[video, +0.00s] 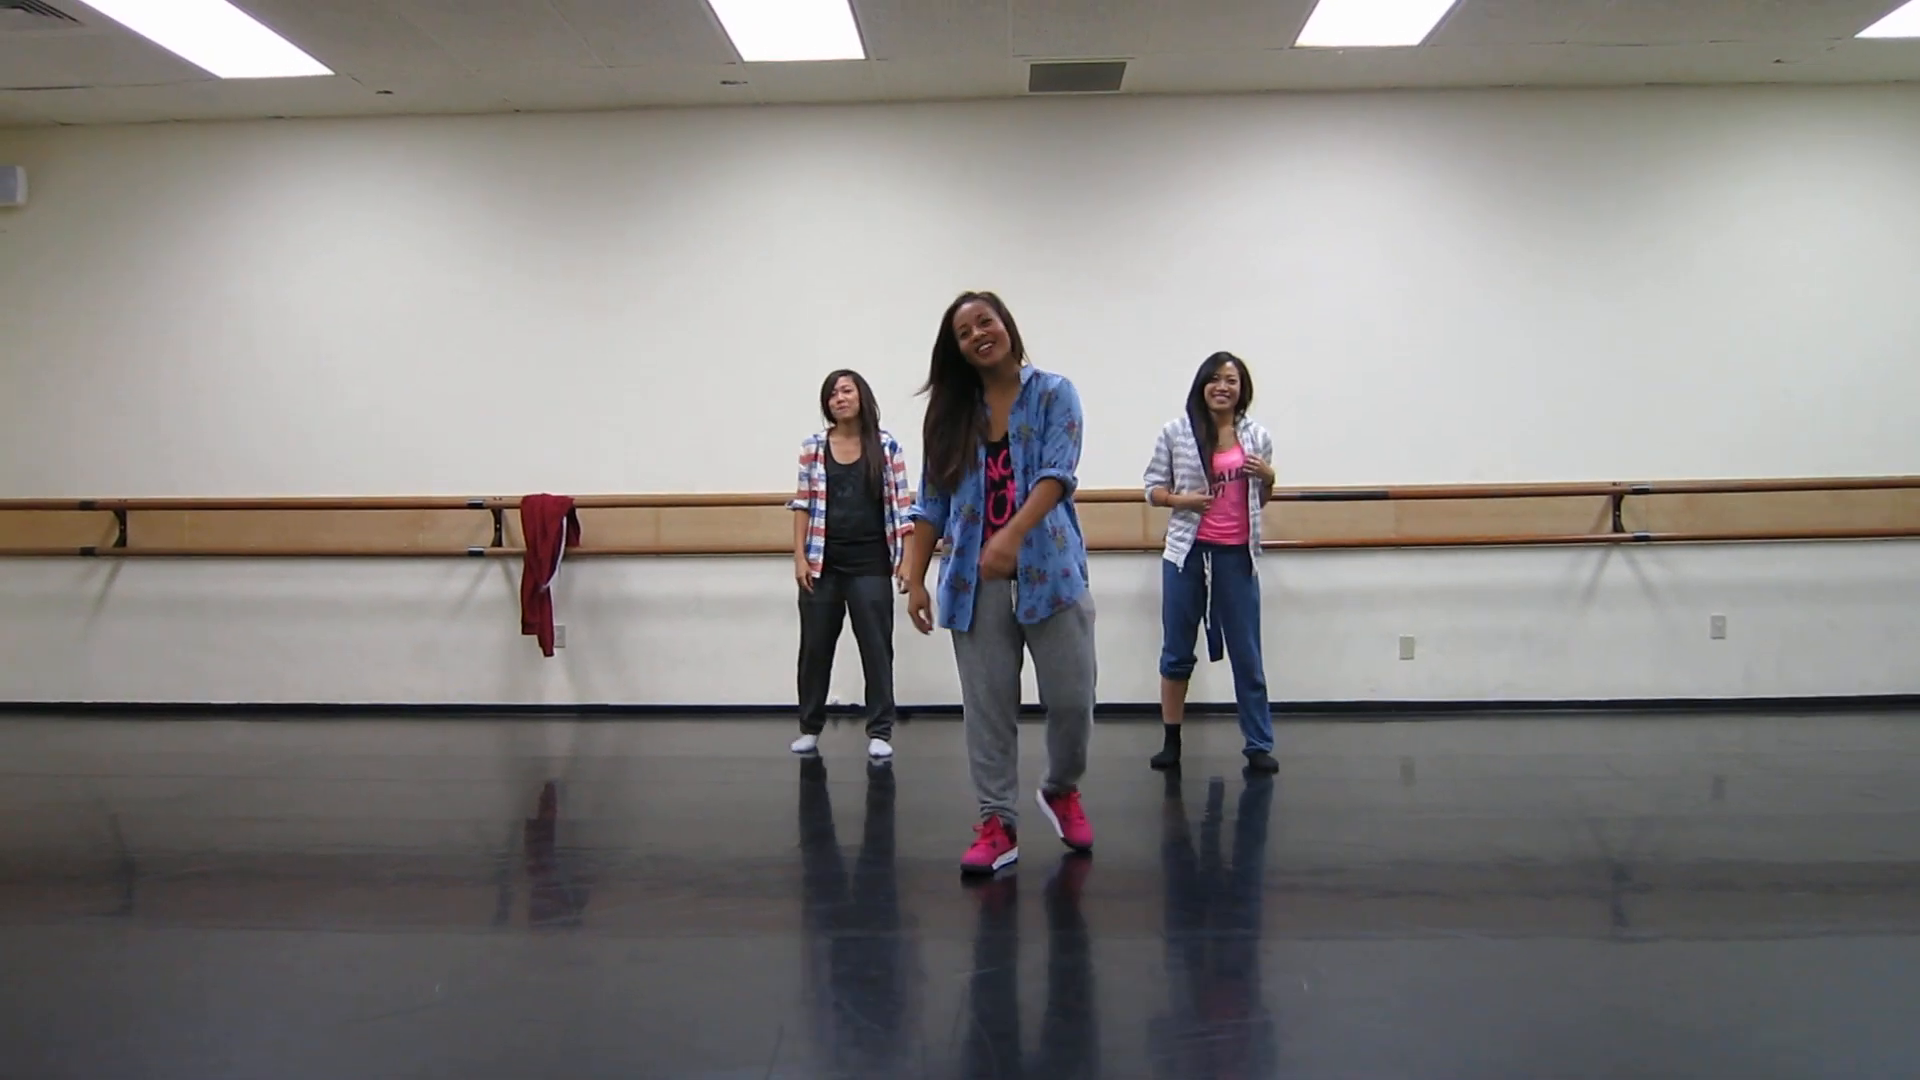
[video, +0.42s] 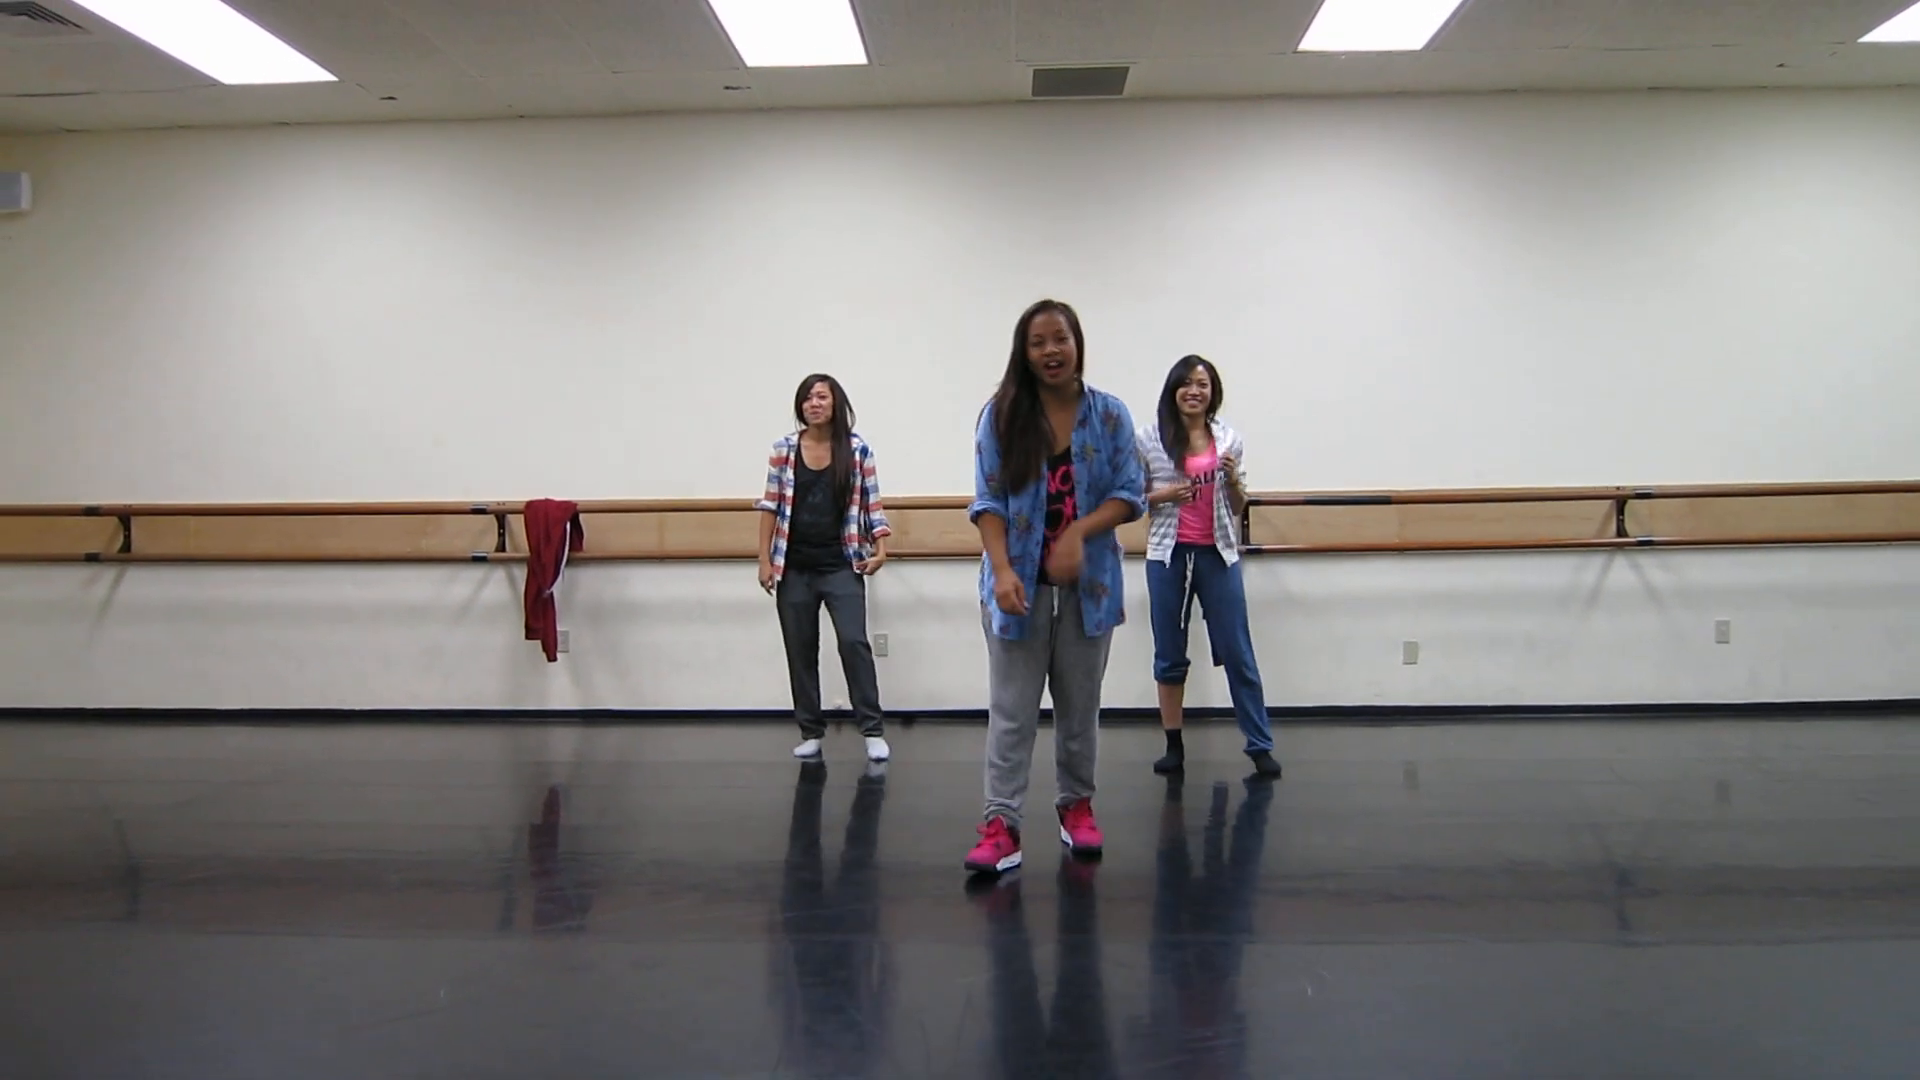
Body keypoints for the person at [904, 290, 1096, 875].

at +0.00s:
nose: (980, 333)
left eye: (986, 320)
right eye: (966, 330)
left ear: (1009, 326)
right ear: (958, 349)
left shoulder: (1053, 391)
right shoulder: (951, 413)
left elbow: (1056, 477)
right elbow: (931, 500)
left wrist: (1011, 535)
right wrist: (915, 579)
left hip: (1051, 574)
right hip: (976, 580)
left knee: (1073, 700)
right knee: (987, 707)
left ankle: (1061, 789)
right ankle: (997, 823)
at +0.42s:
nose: (1052, 350)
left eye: (1061, 338)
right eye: (1039, 342)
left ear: (1079, 344)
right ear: (1024, 352)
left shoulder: (1110, 413)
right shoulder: (1001, 416)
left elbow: (1131, 496)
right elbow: (987, 502)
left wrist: (1077, 531)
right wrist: (1002, 569)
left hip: (1087, 584)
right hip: (1018, 585)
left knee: (1079, 707)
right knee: (1012, 711)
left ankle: (1077, 808)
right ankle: (1001, 823)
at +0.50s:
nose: (1066, 356)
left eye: (1076, 344)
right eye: (1053, 346)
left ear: (1092, 348)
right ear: (1037, 354)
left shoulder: (1120, 416)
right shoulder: (1011, 414)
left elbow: (1136, 499)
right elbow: (997, 501)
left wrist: (1095, 540)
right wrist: (1014, 569)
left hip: (1092, 588)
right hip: (1025, 585)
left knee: (1083, 707)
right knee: (1019, 707)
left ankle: (1078, 807)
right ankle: (1003, 817)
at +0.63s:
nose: (1080, 357)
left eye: (1090, 346)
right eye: (1068, 348)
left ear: (1106, 351)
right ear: (1052, 355)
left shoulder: (1130, 419)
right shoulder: (1023, 414)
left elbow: (1148, 501)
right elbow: (1004, 501)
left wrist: (1112, 555)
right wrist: (1021, 573)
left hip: (1097, 582)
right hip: (1031, 579)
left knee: (1086, 701)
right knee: (1022, 688)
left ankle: (1079, 807)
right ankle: (1011, 809)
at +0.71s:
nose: (1086, 356)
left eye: (1096, 344)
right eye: (1074, 346)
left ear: (1112, 350)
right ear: (1058, 354)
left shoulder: (1135, 421)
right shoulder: (1026, 414)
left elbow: (1153, 502)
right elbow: (1003, 498)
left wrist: (1116, 559)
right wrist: (1019, 566)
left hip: (1099, 582)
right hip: (1031, 579)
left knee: (1088, 700)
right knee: (1024, 677)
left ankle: (1079, 805)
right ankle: (1016, 800)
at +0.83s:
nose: (1088, 346)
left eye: (1097, 337)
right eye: (1077, 339)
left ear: (1115, 345)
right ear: (1061, 350)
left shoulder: (1141, 422)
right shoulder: (1030, 412)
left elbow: (1154, 505)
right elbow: (992, 488)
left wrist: (1120, 560)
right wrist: (1016, 541)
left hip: (1102, 582)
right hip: (1033, 575)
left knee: (1089, 704)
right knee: (1028, 684)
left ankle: (1080, 809)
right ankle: (1022, 808)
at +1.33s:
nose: (1058, 329)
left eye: (1069, 320)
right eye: (1047, 324)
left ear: (1089, 333)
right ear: (1033, 339)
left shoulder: (1120, 409)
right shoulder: (1005, 409)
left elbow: (1139, 500)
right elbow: (981, 498)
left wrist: (1108, 564)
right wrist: (967, 575)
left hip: (1091, 585)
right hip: (1020, 586)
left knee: (1082, 709)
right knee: (1031, 713)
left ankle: (1080, 805)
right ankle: (1032, 829)